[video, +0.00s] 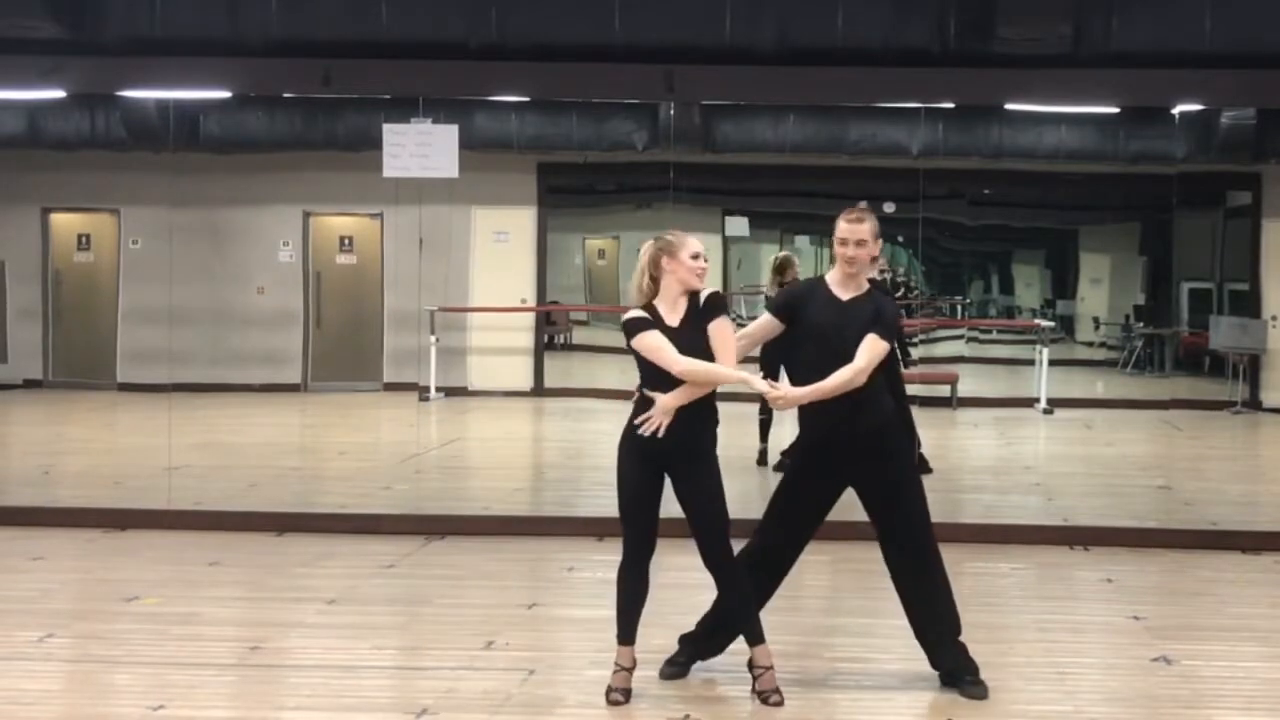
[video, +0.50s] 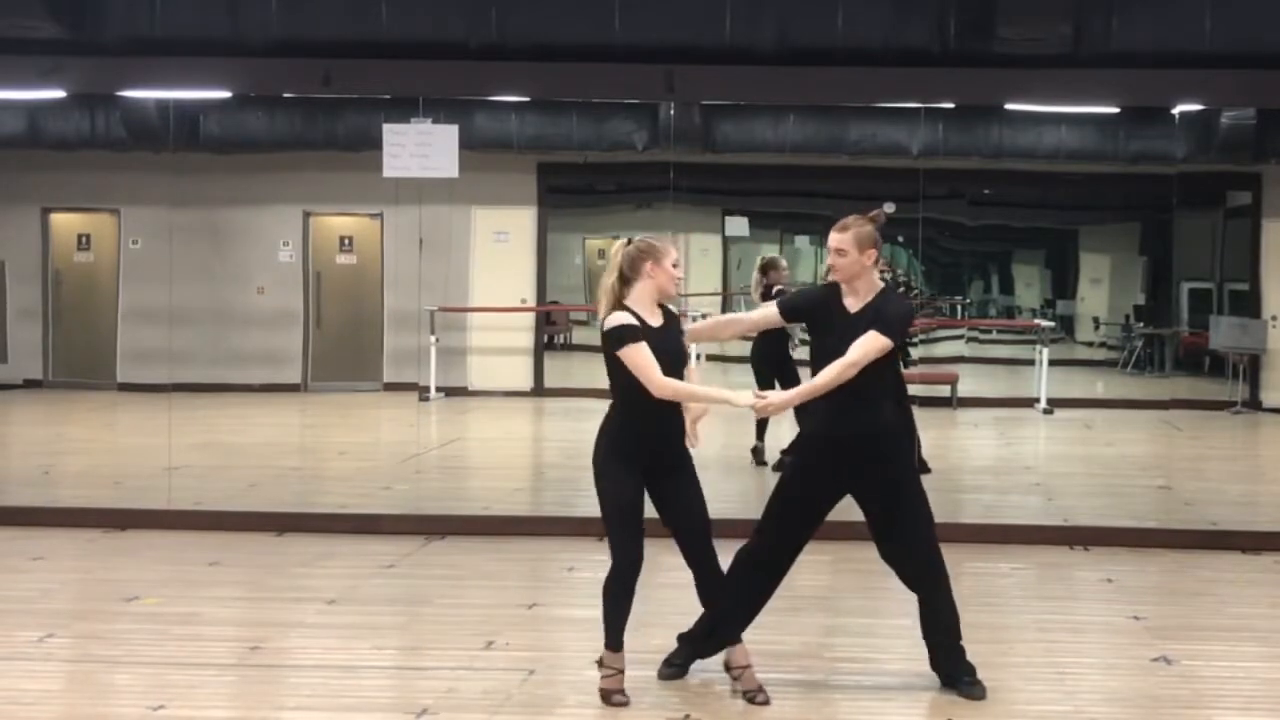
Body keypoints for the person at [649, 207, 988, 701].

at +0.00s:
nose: (852, 251)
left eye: (861, 243)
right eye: (844, 242)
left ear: (877, 248)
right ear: (832, 244)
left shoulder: (883, 308)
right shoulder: (802, 296)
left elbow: (859, 370)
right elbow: (739, 345)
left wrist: (799, 395)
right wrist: (682, 385)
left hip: (883, 449)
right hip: (820, 447)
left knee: (915, 552)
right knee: (769, 548)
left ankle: (955, 663)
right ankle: (697, 645)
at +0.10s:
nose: (835, 249)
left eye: (846, 242)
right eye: (832, 240)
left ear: (873, 249)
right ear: (827, 242)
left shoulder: (884, 309)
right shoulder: (804, 295)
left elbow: (857, 369)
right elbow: (742, 346)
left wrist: (797, 395)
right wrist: (698, 397)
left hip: (883, 449)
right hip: (820, 447)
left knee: (915, 554)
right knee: (769, 549)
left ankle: (955, 664)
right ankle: (696, 644)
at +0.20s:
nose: (832, 249)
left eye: (842, 243)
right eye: (830, 240)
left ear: (870, 250)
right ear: (827, 242)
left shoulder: (885, 309)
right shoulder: (804, 294)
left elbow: (856, 367)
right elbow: (741, 343)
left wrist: (794, 393)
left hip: (883, 449)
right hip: (820, 447)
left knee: (916, 554)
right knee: (769, 549)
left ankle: (955, 664)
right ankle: (696, 644)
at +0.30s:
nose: (832, 251)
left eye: (842, 244)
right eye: (830, 242)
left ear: (870, 251)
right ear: (827, 245)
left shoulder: (885, 309)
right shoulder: (805, 293)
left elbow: (852, 365)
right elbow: (743, 337)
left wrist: (789, 392)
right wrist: (725, 398)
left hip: (884, 449)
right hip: (821, 447)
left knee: (917, 554)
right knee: (769, 549)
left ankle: (954, 663)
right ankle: (696, 644)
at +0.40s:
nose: (831, 253)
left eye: (841, 247)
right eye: (829, 245)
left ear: (870, 254)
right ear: (828, 247)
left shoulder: (886, 312)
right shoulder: (808, 294)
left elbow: (845, 365)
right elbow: (742, 329)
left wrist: (787, 397)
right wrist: (688, 344)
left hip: (884, 454)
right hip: (820, 451)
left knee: (919, 556)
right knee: (768, 550)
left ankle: (954, 663)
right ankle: (698, 644)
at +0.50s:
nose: (830, 260)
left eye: (839, 254)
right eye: (829, 252)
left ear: (870, 257)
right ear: (836, 255)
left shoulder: (895, 308)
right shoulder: (820, 298)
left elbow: (851, 362)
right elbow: (746, 322)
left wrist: (790, 397)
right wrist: (679, 333)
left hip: (884, 458)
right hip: (820, 453)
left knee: (926, 566)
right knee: (766, 551)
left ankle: (953, 665)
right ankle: (697, 644)